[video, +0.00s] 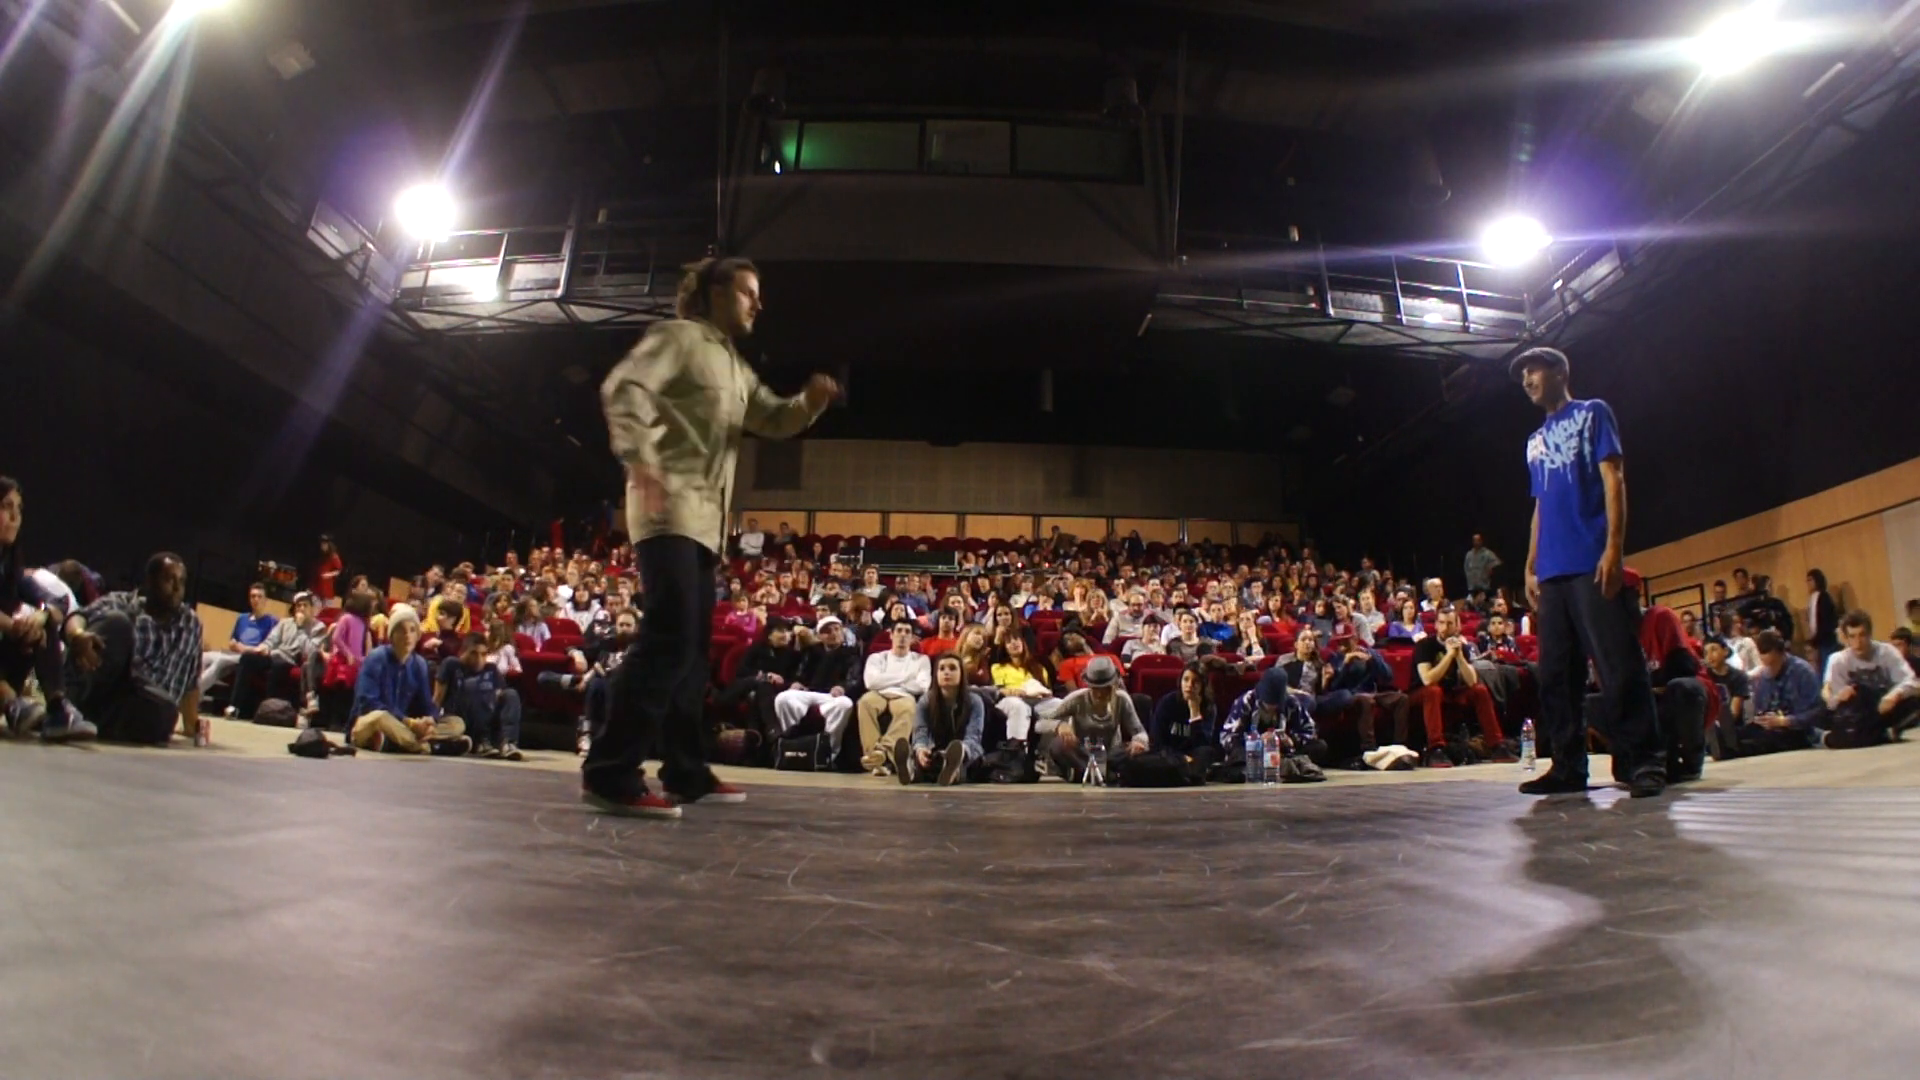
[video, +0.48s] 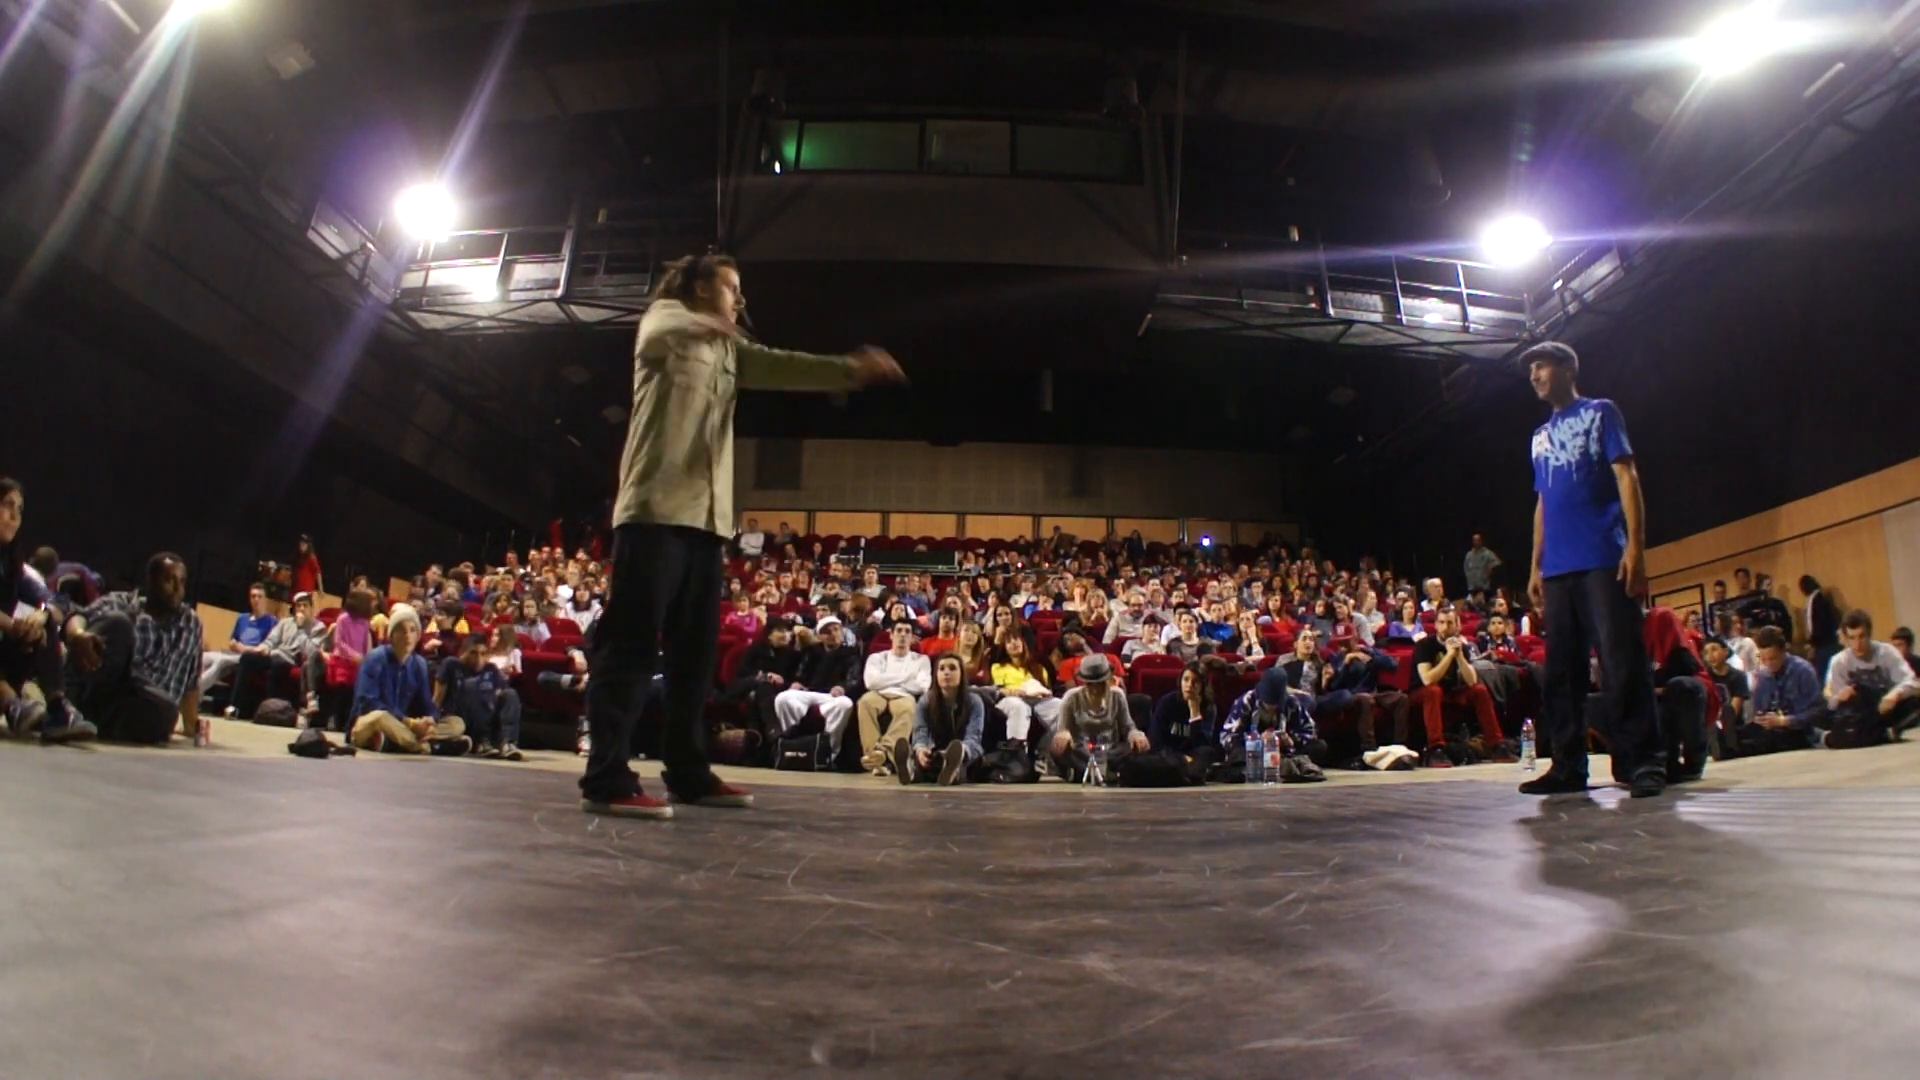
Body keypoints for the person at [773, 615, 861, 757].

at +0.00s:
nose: (833, 634)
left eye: (836, 629)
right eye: (827, 631)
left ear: (842, 632)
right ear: (820, 635)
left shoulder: (850, 653)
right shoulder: (812, 651)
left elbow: (854, 679)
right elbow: (801, 674)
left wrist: (842, 688)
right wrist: (798, 683)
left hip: (831, 694)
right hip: (808, 692)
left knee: (844, 704)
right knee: (783, 700)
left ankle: (829, 754)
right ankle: (793, 749)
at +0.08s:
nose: (833, 634)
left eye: (836, 629)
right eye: (827, 631)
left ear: (841, 632)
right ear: (819, 635)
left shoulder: (850, 652)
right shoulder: (812, 651)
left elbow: (854, 679)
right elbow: (801, 674)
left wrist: (842, 688)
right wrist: (798, 683)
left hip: (832, 694)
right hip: (808, 692)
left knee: (844, 704)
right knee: (783, 700)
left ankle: (829, 754)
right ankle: (794, 749)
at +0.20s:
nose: (833, 634)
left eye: (836, 629)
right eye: (826, 631)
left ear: (842, 632)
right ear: (820, 636)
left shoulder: (850, 652)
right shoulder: (812, 651)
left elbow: (854, 679)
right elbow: (801, 674)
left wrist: (842, 688)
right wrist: (798, 683)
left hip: (832, 694)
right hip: (808, 691)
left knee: (844, 704)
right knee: (783, 700)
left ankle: (830, 754)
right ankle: (793, 749)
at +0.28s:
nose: (833, 634)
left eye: (836, 630)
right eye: (826, 632)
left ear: (841, 632)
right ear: (819, 636)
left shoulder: (850, 653)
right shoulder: (812, 651)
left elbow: (854, 679)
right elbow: (801, 674)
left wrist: (842, 688)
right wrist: (798, 683)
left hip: (832, 694)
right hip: (808, 692)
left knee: (844, 704)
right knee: (783, 700)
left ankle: (829, 754)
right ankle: (793, 749)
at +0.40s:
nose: (833, 635)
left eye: (836, 630)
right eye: (827, 632)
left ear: (842, 632)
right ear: (820, 636)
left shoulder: (850, 653)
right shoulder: (812, 651)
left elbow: (854, 679)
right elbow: (801, 673)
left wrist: (842, 688)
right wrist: (798, 683)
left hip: (832, 694)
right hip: (809, 691)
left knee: (844, 704)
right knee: (783, 700)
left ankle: (829, 754)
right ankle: (793, 749)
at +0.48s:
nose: (833, 635)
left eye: (836, 630)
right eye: (827, 632)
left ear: (842, 632)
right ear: (820, 636)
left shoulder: (850, 653)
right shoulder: (812, 651)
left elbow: (854, 679)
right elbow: (801, 674)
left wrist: (842, 688)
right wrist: (798, 683)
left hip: (832, 694)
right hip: (808, 691)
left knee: (844, 704)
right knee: (783, 700)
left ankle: (829, 754)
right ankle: (793, 749)